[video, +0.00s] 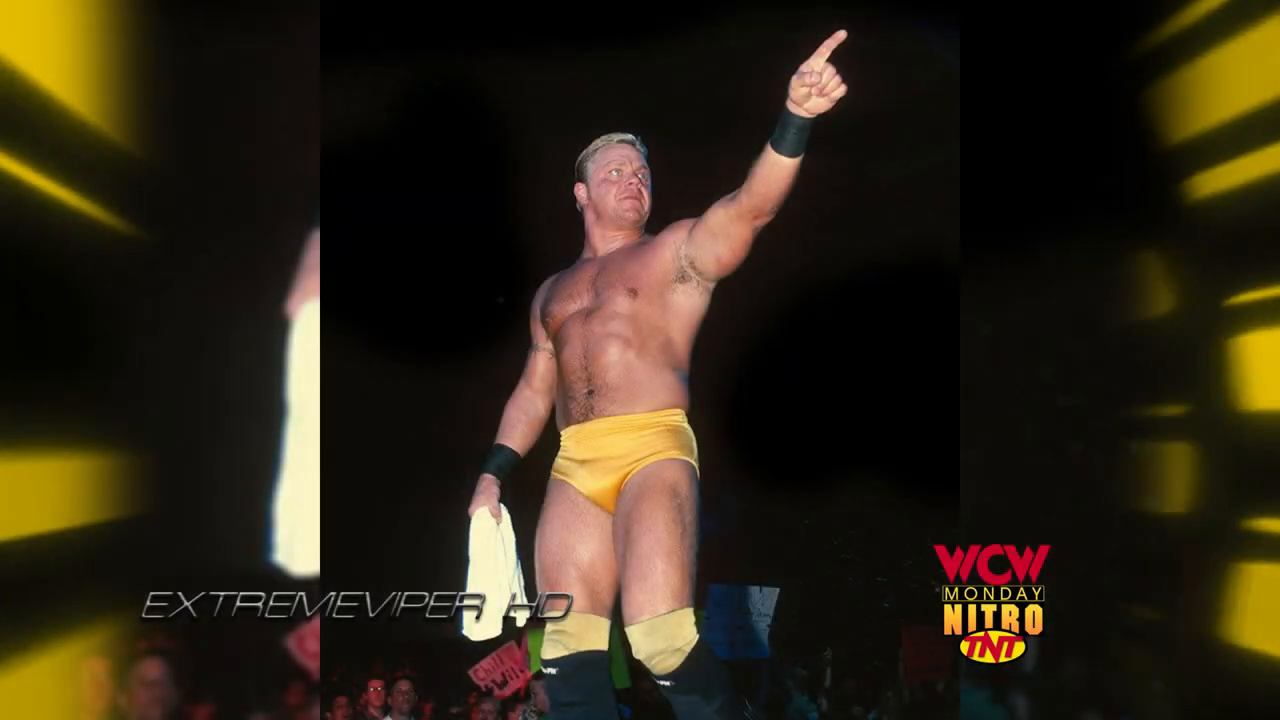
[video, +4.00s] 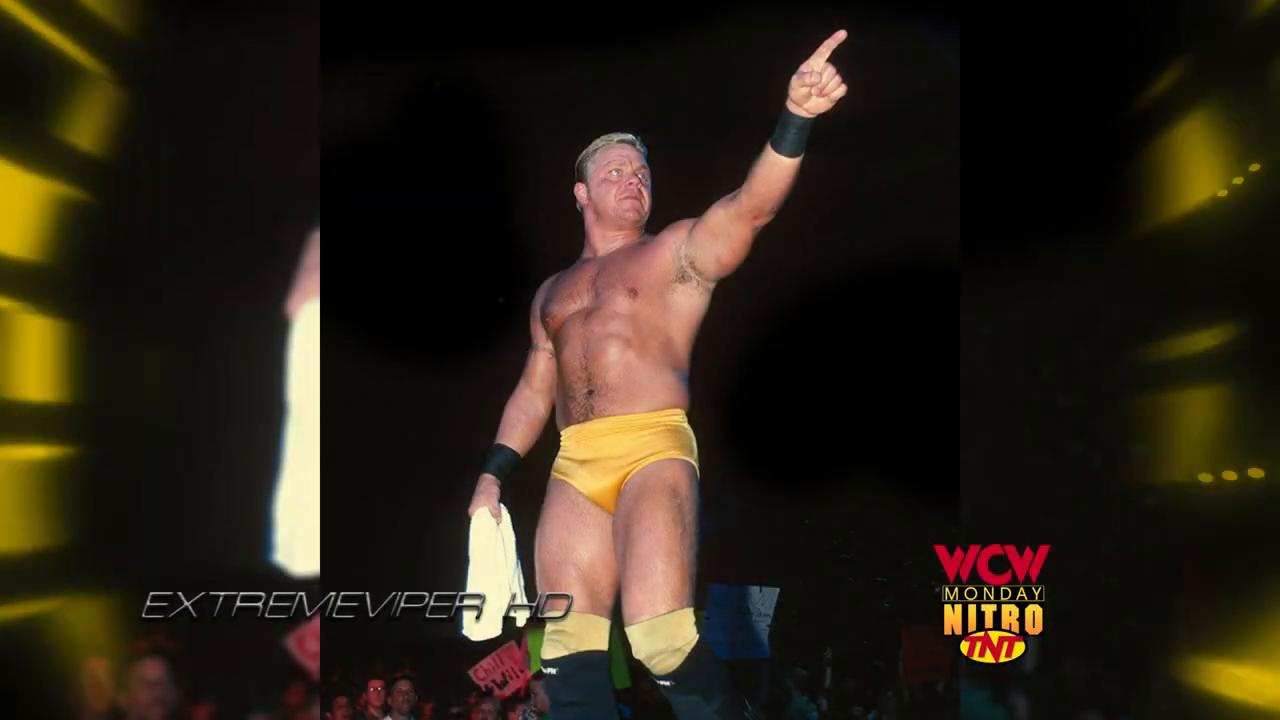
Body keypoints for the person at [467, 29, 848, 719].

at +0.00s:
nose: (632, 180)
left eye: (640, 172)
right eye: (614, 170)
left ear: (650, 194)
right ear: (581, 193)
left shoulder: (679, 254)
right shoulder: (553, 296)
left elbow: (752, 204)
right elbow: (534, 394)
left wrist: (797, 115)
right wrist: (490, 477)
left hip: (656, 448)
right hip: (576, 462)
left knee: (659, 635)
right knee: (568, 646)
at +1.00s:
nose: (632, 180)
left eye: (640, 172)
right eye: (614, 171)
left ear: (651, 193)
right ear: (581, 193)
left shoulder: (680, 254)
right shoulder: (553, 296)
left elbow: (752, 204)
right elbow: (534, 394)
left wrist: (797, 115)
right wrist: (490, 477)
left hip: (656, 448)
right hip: (576, 462)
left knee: (659, 635)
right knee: (568, 646)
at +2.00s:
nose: (632, 180)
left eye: (640, 172)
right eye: (614, 171)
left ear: (651, 193)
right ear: (581, 193)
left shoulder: (680, 254)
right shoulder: (553, 296)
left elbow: (752, 204)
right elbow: (534, 394)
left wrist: (797, 115)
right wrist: (490, 477)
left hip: (656, 448)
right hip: (576, 462)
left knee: (659, 635)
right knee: (568, 646)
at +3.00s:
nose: (632, 180)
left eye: (640, 172)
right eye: (614, 171)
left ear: (650, 194)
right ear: (581, 193)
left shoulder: (680, 254)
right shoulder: (553, 296)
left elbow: (752, 204)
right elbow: (534, 394)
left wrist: (797, 115)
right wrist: (490, 477)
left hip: (656, 448)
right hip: (576, 462)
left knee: (659, 635)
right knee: (568, 646)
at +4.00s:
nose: (632, 180)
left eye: (640, 172)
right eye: (614, 171)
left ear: (651, 193)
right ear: (581, 193)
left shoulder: (680, 254)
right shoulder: (553, 296)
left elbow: (752, 204)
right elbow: (534, 394)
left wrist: (797, 115)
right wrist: (490, 477)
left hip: (656, 448)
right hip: (576, 462)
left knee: (659, 635)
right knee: (568, 646)